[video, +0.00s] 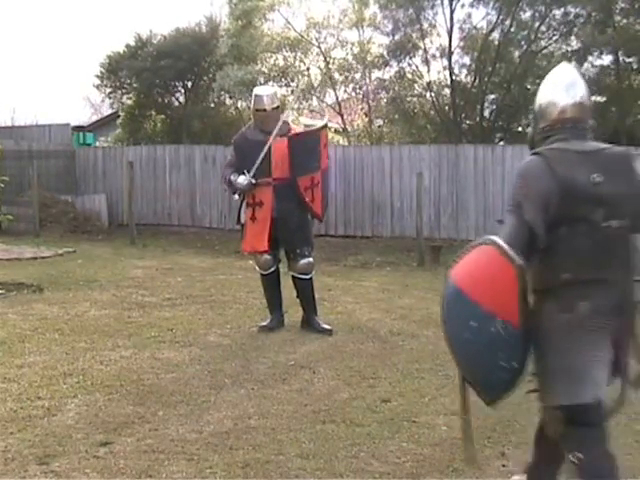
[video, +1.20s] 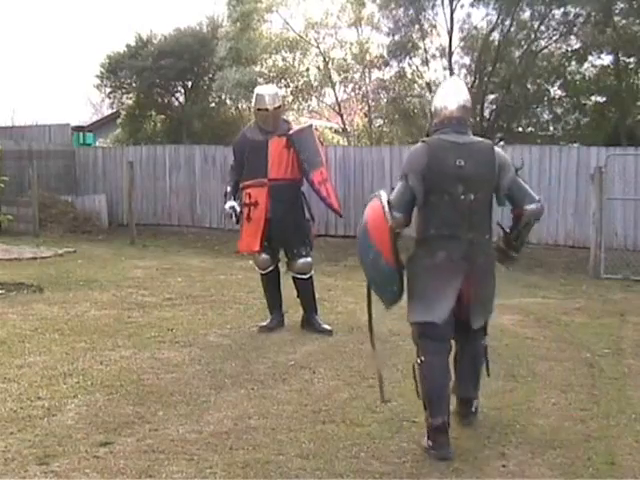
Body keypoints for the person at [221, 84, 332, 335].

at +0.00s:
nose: (265, 115)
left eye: (269, 110)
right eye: (261, 111)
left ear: (278, 109)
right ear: (254, 111)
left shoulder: (293, 135)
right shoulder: (244, 140)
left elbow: (310, 165)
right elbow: (229, 170)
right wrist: (236, 180)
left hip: (293, 206)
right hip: (262, 207)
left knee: (303, 261)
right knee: (265, 260)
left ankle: (310, 316)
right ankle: (276, 316)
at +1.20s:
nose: (267, 116)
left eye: (271, 110)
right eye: (261, 111)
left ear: (280, 109)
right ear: (254, 111)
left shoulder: (293, 135)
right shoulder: (244, 140)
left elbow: (312, 166)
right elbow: (235, 175)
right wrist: (231, 199)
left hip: (291, 207)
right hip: (258, 210)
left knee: (302, 262)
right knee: (264, 261)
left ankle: (310, 316)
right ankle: (276, 315)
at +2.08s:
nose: (261, 118)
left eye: (266, 112)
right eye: (256, 112)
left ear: (273, 112)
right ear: (246, 112)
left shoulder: (284, 135)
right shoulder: (235, 137)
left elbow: (303, 161)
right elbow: (220, 168)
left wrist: (308, 173)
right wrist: (222, 179)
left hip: (284, 198)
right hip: (253, 201)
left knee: (289, 258)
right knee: (264, 257)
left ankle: (263, 301)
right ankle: (275, 313)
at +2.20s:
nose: (267, 117)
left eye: (271, 112)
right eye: (261, 112)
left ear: (276, 112)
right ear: (249, 111)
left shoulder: (285, 135)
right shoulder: (236, 135)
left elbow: (302, 163)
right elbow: (220, 166)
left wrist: (306, 176)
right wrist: (223, 176)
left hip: (282, 197)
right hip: (252, 199)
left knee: (283, 258)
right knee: (262, 256)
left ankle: (261, 301)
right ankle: (273, 311)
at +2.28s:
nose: (268, 118)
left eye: (273, 113)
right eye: (263, 112)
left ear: (278, 112)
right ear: (251, 111)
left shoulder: (286, 135)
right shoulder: (237, 134)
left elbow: (301, 165)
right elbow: (220, 164)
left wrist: (305, 177)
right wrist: (224, 174)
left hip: (280, 198)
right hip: (250, 199)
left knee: (280, 258)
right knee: (259, 254)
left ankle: (259, 303)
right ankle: (271, 310)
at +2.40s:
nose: (268, 118)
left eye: (273, 114)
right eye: (264, 113)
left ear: (278, 113)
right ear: (254, 110)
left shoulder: (286, 137)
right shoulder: (238, 134)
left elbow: (300, 169)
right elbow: (221, 164)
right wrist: (226, 174)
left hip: (277, 200)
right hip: (247, 200)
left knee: (275, 257)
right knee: (252, 252)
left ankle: (259, 303)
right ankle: (263, 305)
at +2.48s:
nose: (268, 118)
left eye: (273, 114)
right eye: (264, 113)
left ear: (279, 114)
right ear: (255, 110)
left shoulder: (286, 137)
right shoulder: (239, 133)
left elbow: (299, 171)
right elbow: (221, 163)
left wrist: (293, 146)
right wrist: (226, 174)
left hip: (275, 201)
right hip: (245, 200)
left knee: (271, 256)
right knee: (249, 251)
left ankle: (260, 305)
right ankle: (255, 305)